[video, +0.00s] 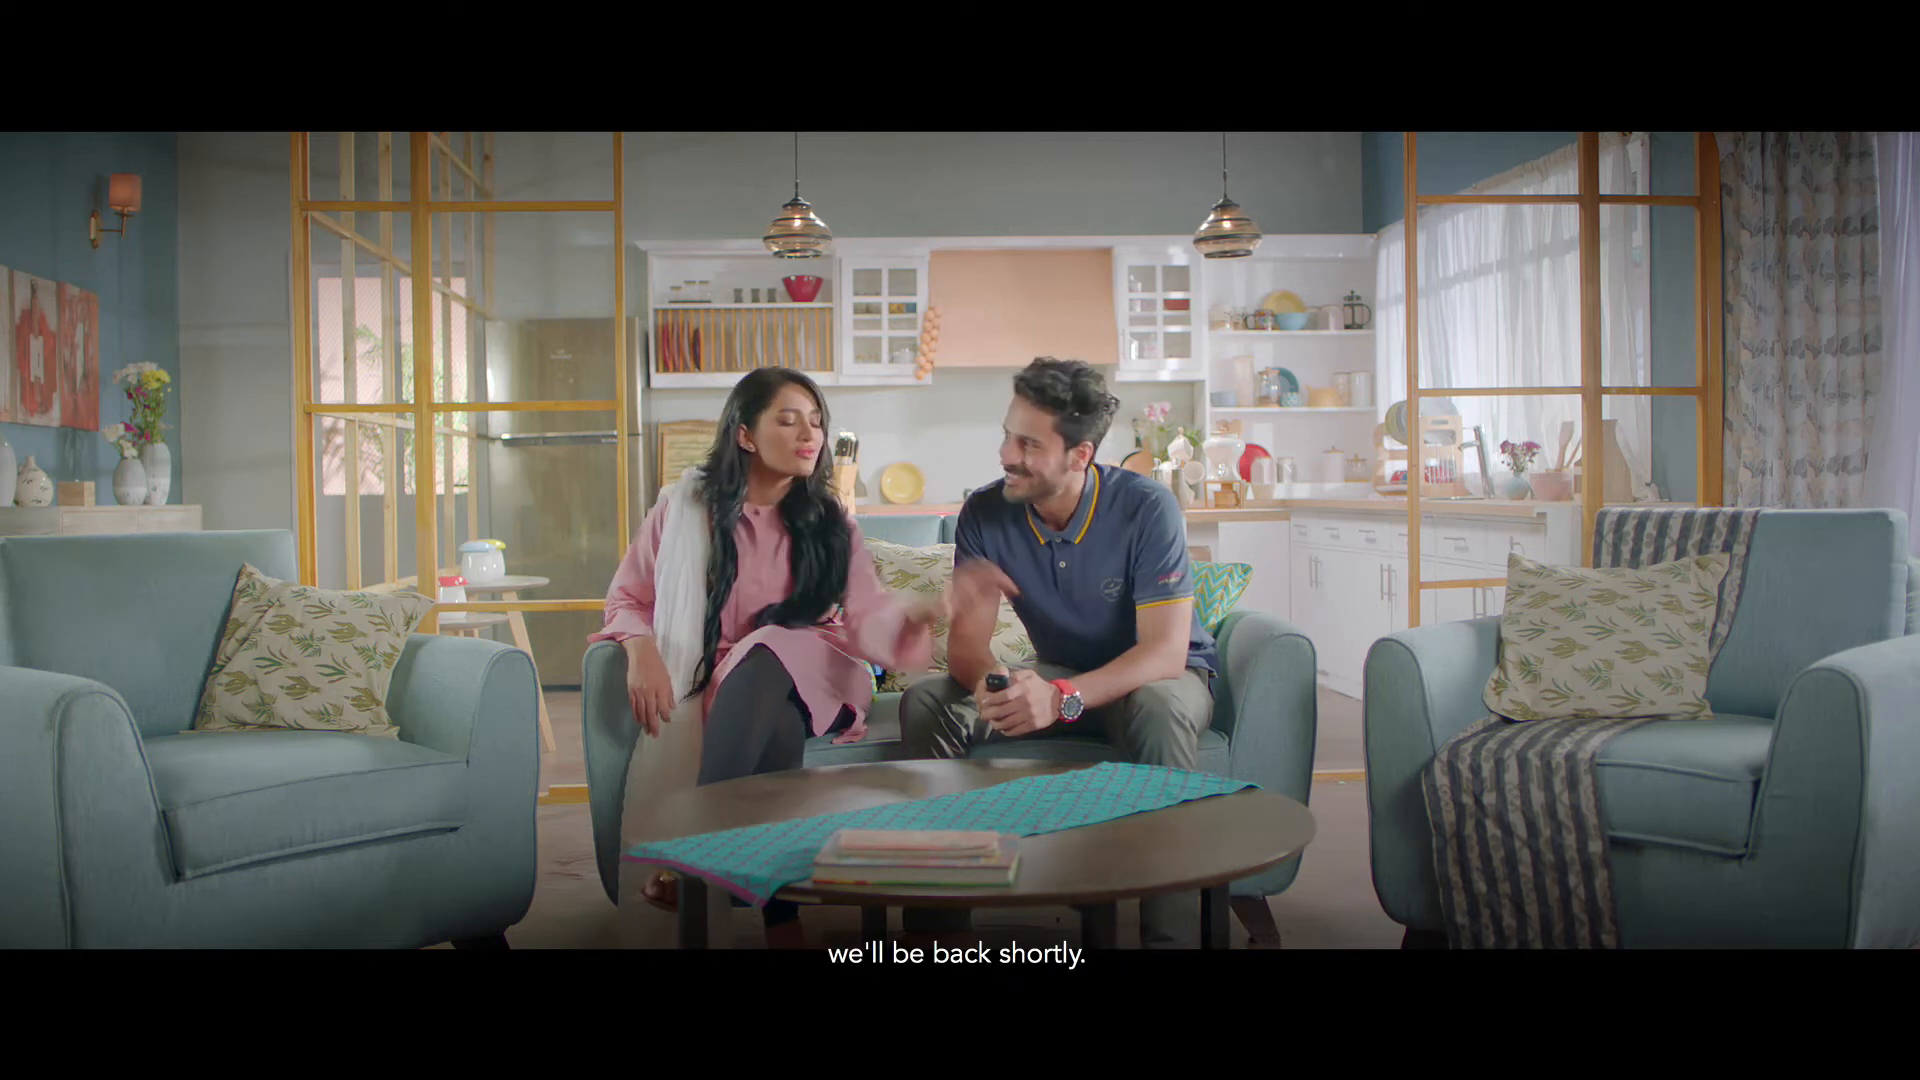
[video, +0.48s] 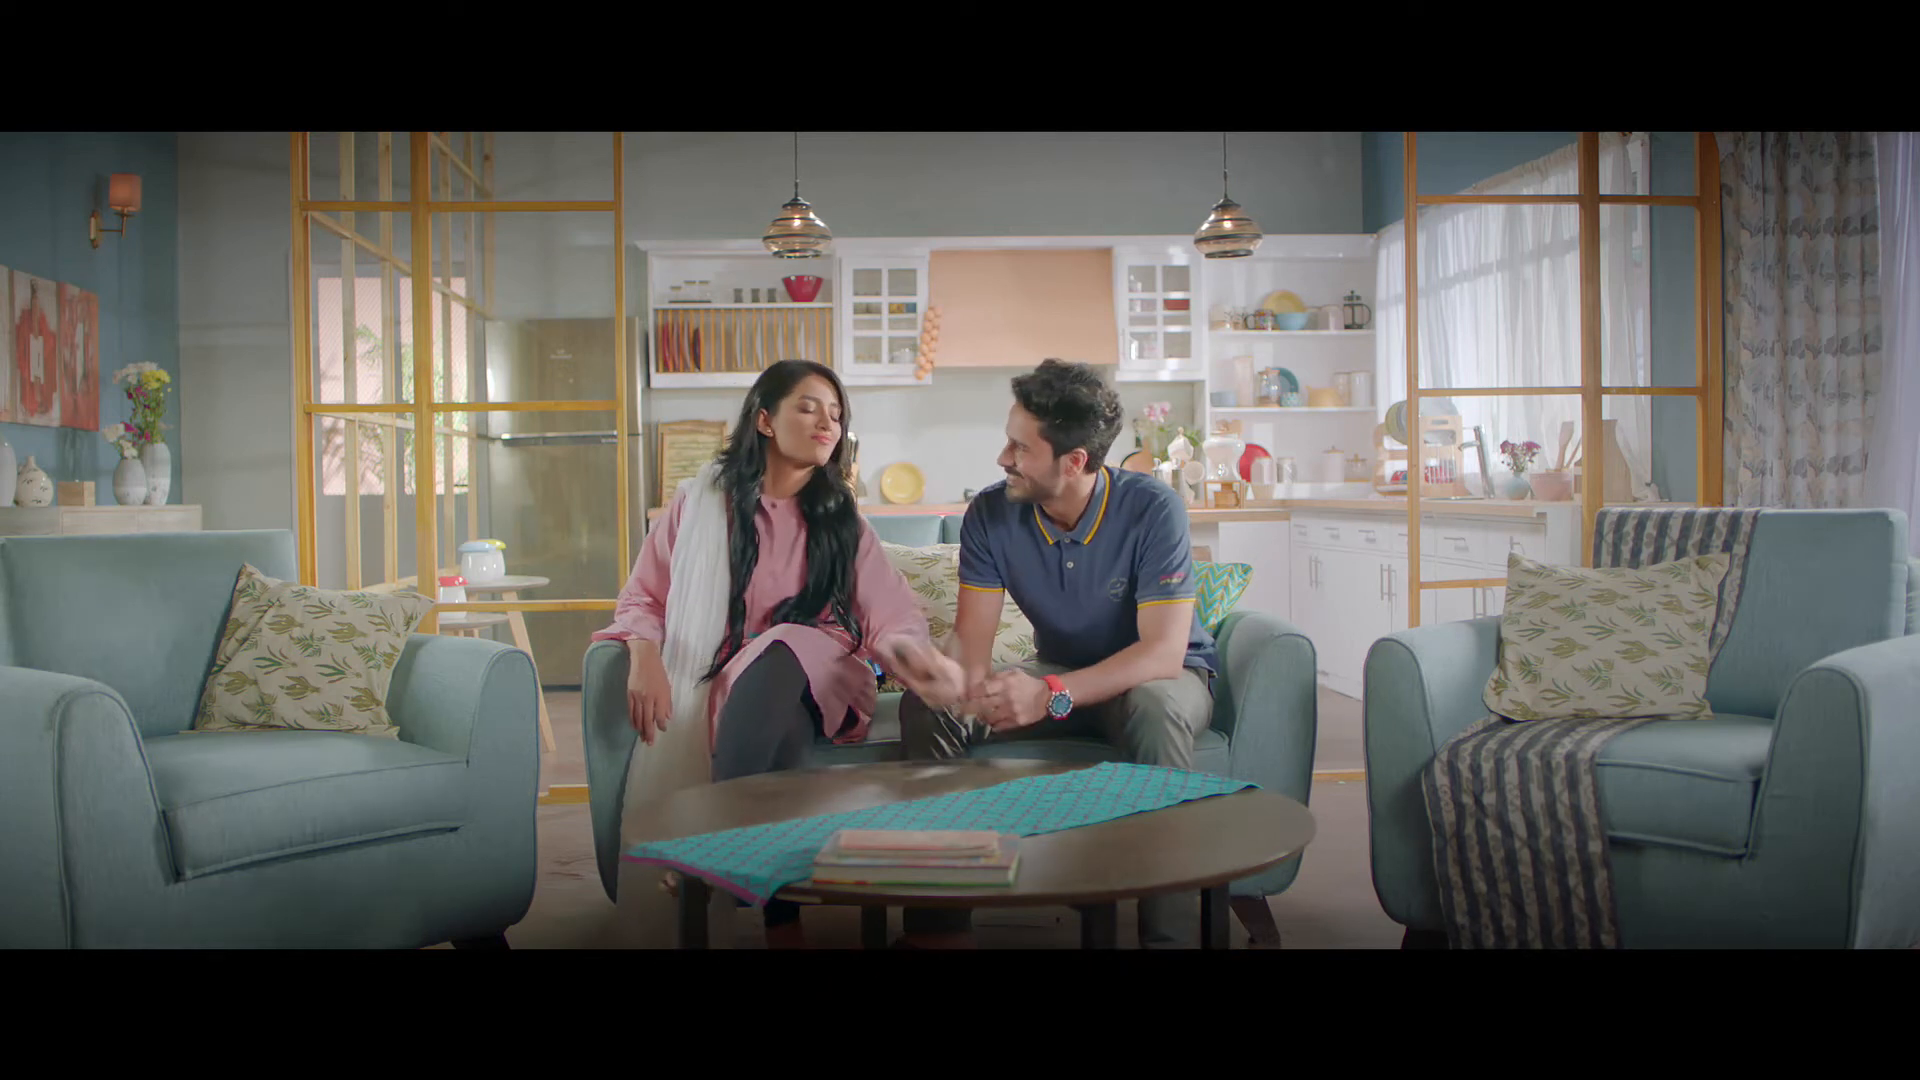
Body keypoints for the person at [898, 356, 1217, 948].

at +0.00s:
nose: (1006, 456)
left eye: (1028, 446)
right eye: (1007, 436)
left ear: (1080, 456)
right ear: (1005, 426)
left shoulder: (1147, 509)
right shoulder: (986, 513)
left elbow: (1165, 654)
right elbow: (966, 658)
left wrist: (1062, 697)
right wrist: (1000, 682)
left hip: (1156, 680)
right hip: (1060, 681)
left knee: (1159, 706)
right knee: (927, 702)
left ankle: (1169, 931)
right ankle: (936, 904)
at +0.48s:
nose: (1002, 459)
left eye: (1019, 449)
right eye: (1007, 442)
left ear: (1073, 463)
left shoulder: (1150, 508)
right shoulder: (990, 514)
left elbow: (1163, 654)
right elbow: (971, 642)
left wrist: (1050, 693)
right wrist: (960, 683)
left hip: (1155, 678)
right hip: (1059, 677)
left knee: (1154, 706)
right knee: (926, 704)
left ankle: (1168, 933)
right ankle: (940, 915)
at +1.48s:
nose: (1049, 486)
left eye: (1069, 474)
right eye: (1040, 465)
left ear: (1116, 459)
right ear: (1035, 442)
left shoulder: (1174, 508)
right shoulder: (1015, 503)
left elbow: (1169, 653)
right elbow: (1000, 619)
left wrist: (1057, 683)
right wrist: (970, 675)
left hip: (1154, 680)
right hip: (1058, 680)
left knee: (1153, 708)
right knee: (936, 705)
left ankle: (1172, 929)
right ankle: (949, 915)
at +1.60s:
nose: (1117, 495)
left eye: (1138, 479)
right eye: (1103, 471)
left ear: (1169, 467)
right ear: (1085, 448)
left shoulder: (1209, 525)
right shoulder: (1044, 492)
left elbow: (1195, 670)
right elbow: (1021, 612)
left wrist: (1096, 693)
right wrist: (1011, 676)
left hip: (1164, 673)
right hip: (1066, 658)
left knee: (1152, 731)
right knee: (954, 715)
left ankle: (1162, 922)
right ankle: (962, 916)